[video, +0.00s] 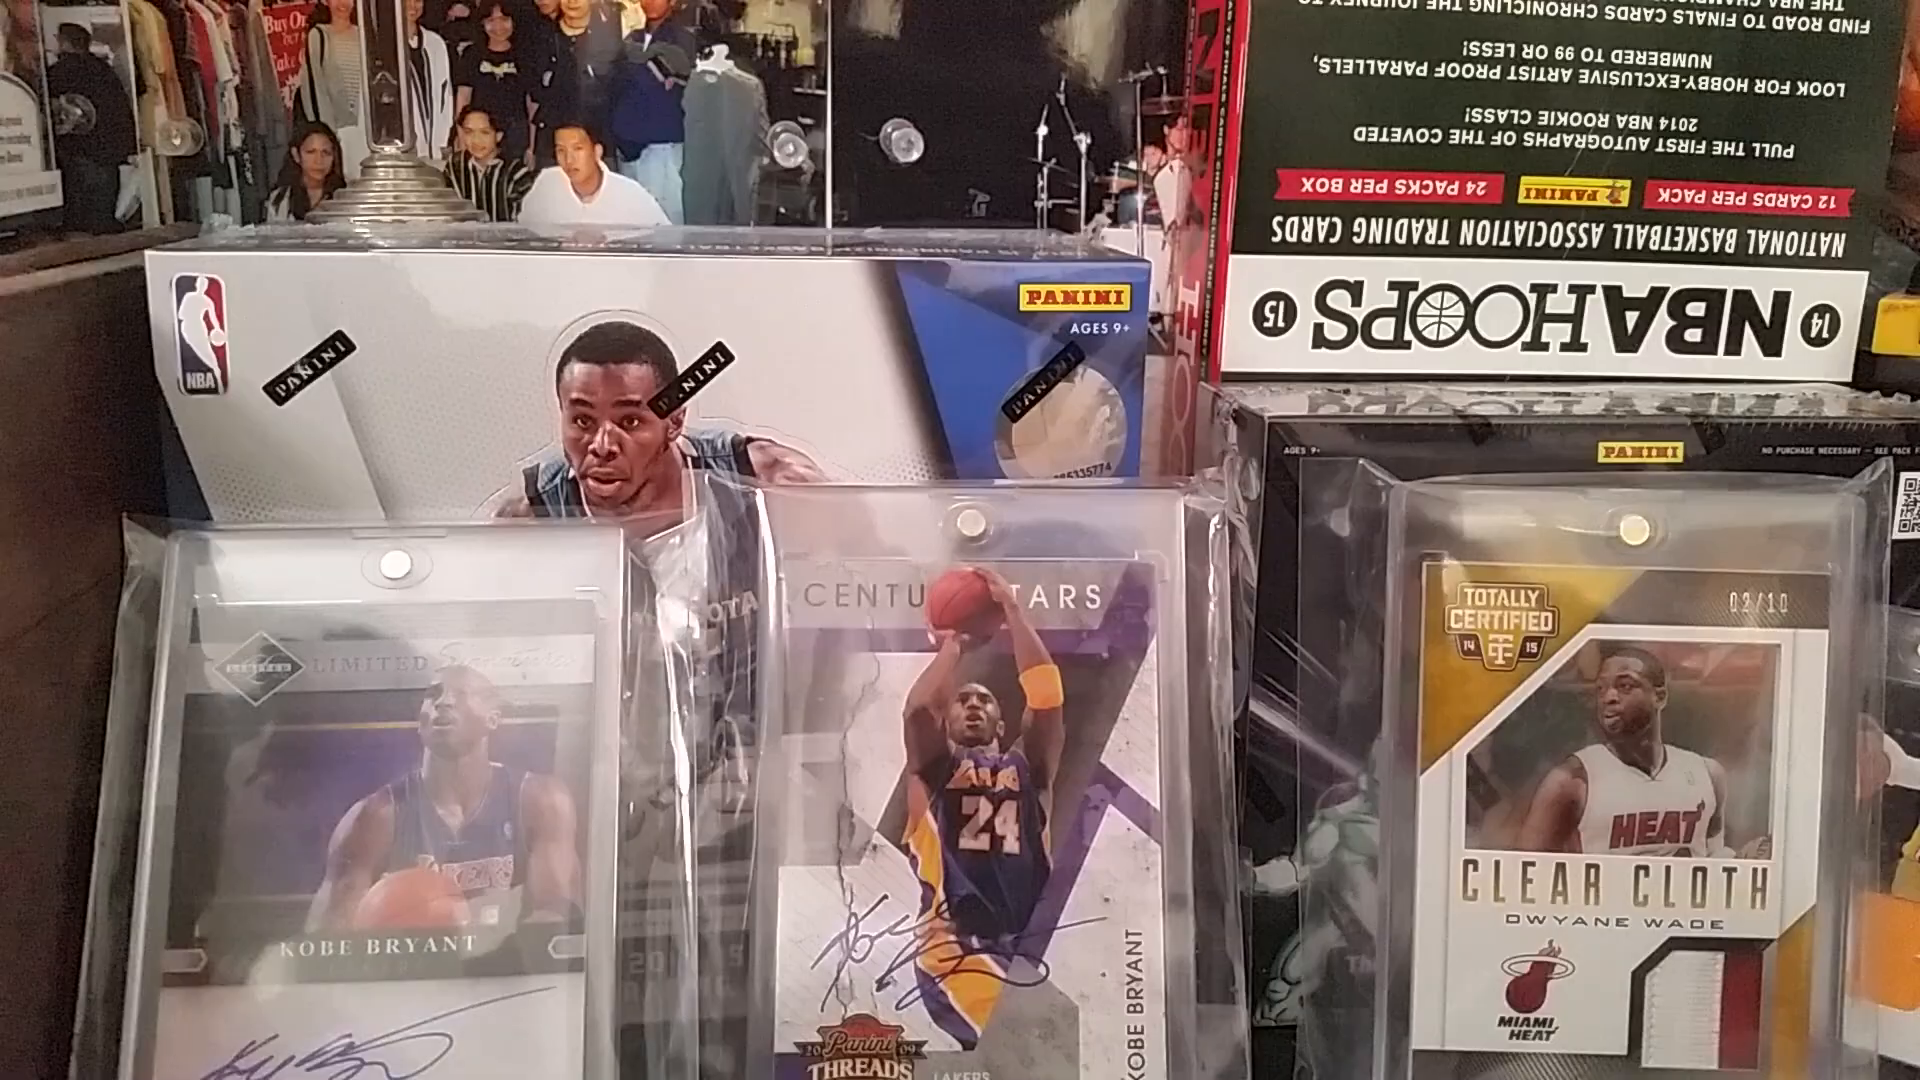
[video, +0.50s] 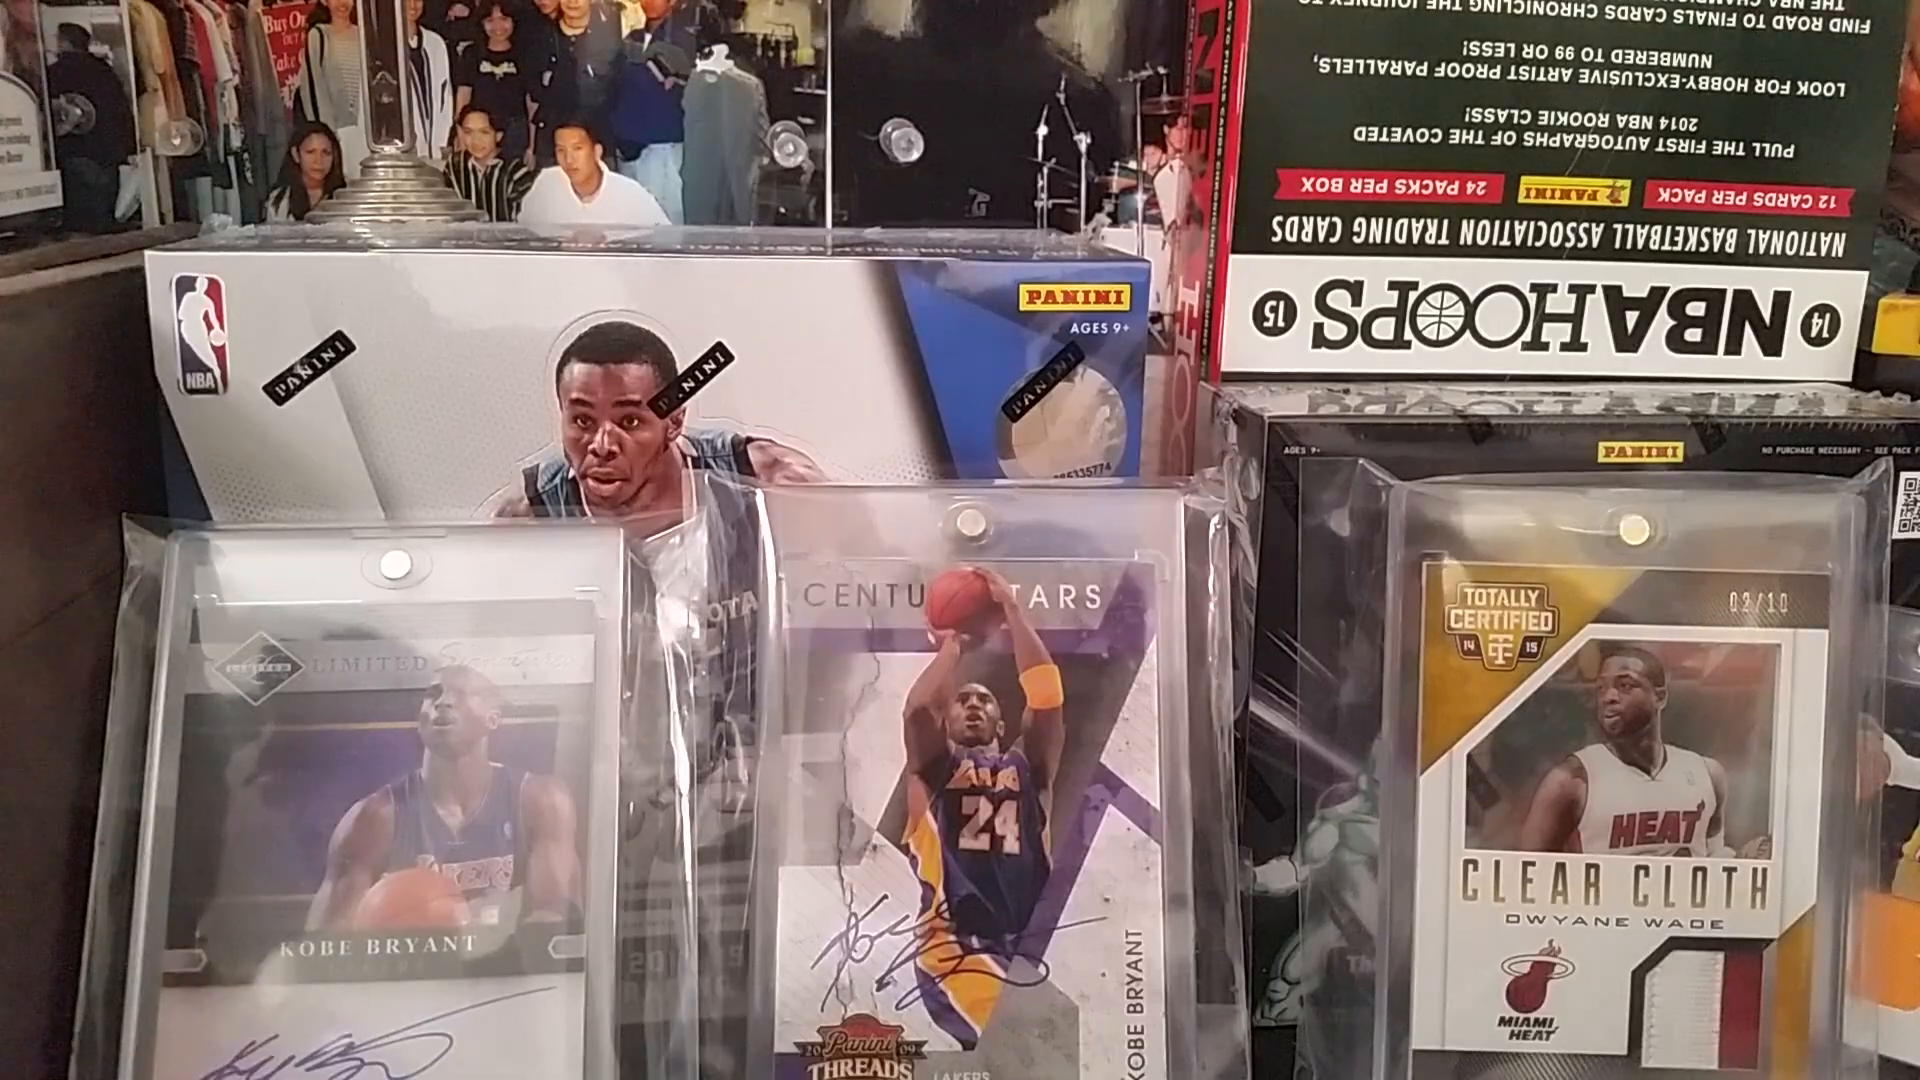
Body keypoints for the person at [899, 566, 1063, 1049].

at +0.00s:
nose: (973, 705)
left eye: (984, 700)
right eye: (963, 700)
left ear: (1002, 722)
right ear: (947, 721)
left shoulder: (1028, 766)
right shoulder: (934, 766)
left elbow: (1046, 694)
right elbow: (919, 709)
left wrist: (1012, 608)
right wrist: (952, 644)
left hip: (1024, 944)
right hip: (952, 945)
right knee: (1026, 1045)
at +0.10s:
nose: (973, 705)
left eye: (984, 700)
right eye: (962, 700)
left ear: (1002, 722)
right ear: (946, 721)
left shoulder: (1029, 765)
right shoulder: (934, 766)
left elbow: (1046, 694)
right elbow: (919, 708)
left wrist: (1012, 608)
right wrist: (952, 643)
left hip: (1025, 944)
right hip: (951, 945)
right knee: (1027, 1043)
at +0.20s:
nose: (973, 705)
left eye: (984, 700)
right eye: (962, 700)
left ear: (1002, 722)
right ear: (947, 722)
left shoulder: (1030, 766)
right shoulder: (934, 766)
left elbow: (1046, 693)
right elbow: (919, 708)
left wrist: (1012, 608)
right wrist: (953, 643)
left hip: (1026, 941)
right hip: (951, 943)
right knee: (1025, 1043)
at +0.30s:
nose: (973, 705)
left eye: (984, 700)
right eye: (962, 701)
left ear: (1002, 722)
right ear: (946, 722)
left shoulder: (1029, 766)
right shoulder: (934, 766)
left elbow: (1046, 695)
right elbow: (919, 709)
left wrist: (1012, 608)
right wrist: (952, 643)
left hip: (1026, 944)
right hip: (952, 946)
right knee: (1030, 1041)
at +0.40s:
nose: (973, 705)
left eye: (984, 700)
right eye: (962, 701)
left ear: (1002, 722)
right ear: (946, 722)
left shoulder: (1029, 765)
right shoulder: (934, 766)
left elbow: (1046, 695)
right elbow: (919, 708)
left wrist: (1012, 608)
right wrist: (952, 643)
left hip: (1025, 944)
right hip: (951, 946)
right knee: (1030, 1041)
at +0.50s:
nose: (973, 705)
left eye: (984, 700)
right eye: (962, 700)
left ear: (1002, 722)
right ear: (946, 722)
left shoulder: (1029, 765)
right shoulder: (934, 766)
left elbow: (1046, 694)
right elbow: (919, 708)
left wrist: (1012, 607)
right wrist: (952, 644)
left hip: (1026, 943)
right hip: (952, 945)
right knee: (1027, 1043)